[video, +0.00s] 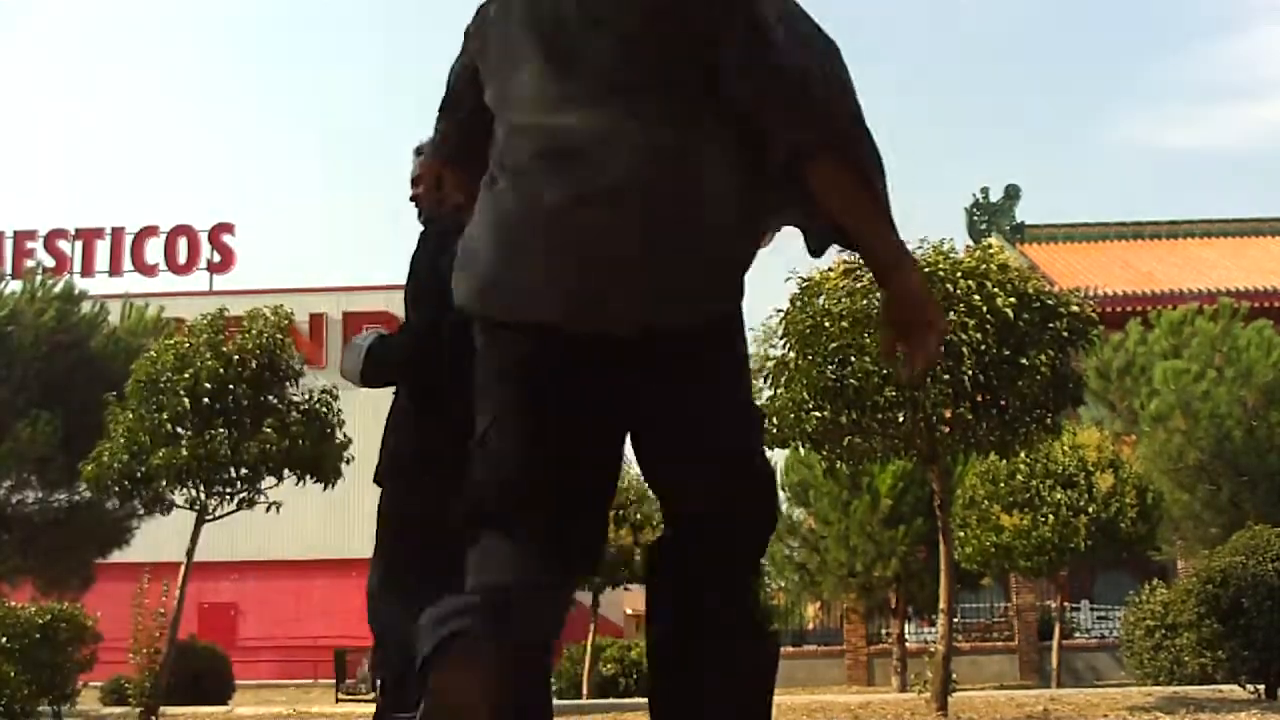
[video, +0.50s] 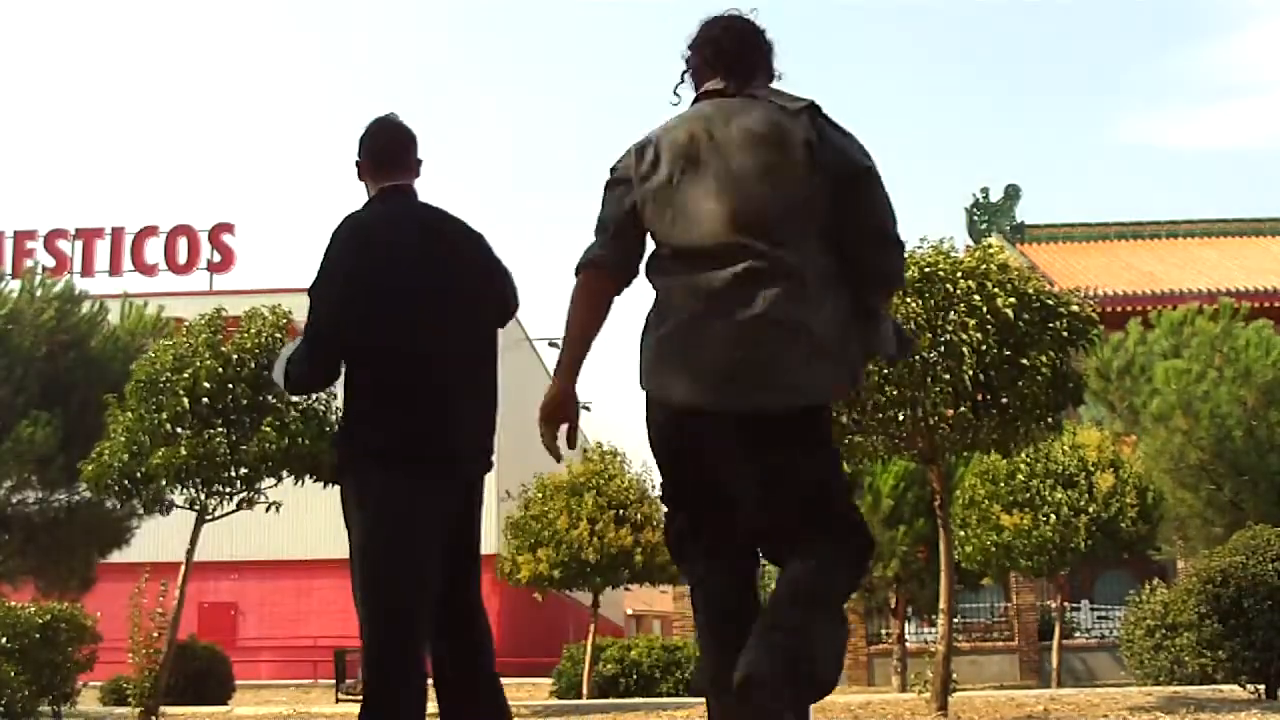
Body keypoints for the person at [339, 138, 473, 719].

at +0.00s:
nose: (420, 196)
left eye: (431, 183)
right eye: (418, 184)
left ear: (461, 186)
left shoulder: (445, 244)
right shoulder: (482, 243)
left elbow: (430, 347)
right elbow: (453, 344)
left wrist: (370, 354)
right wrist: (393, 343)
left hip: (426, 459)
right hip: (465, 450)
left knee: (399, 591)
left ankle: (402, 699)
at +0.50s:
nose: (365, 172)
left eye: (362, 165)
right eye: (401, 162)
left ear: (361, 168)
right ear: (418, 166)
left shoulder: (354, 239)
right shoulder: (466, 239)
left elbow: (319, 361)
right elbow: (504, 302)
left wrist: (287, 362)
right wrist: (441, 324)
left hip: (381, 454)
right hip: (460, 452)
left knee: (390, 622)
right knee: (459, 615)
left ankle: (393, 719)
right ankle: (480, 717)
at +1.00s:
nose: (435, 181)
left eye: (424, 170)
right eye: (438, 172)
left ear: (380, 171)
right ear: (436, 174)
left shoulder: (340, 239)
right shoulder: (469, 248)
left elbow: (303, 364)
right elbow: (511, 351)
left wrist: (361, 354)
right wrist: (540, 437)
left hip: (365, 464)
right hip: (452, 461)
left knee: (379, 628)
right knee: (471, 624)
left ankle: (389, 712)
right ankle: (479, 712)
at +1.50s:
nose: (470, 196)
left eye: (468, 187)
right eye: (472, 187)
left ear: (413, 183)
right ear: (465, 187)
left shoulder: (368, 246)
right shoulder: (499, 261)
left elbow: (334, 366)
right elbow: (530, 377)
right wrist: (501, 451)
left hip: (389, 471)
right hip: (474, 473)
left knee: (395, 638)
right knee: (486, 639)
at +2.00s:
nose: (419, 210)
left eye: (412, 202)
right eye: (442, 199)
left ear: (406, 201)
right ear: (460, 201)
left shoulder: (394, 244)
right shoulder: (499, 270)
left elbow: (362, 353)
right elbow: (518, 365)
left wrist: (328, 371)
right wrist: (473, 404)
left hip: (396, 472)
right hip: (478, 476)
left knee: (370, 636)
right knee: (498, 642)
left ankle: (383, 719)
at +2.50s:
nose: (341, 205)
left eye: (334, 198)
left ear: (333, 197)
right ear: (387, 190)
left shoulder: (327, 250)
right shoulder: (441, 254)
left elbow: (298, 375)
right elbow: (472, 353)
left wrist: (267, 388)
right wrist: (433, 402)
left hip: (368, 462)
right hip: (451, 459)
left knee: (374, 632)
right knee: (468, 633)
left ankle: (385, 718)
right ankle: (483, 717)